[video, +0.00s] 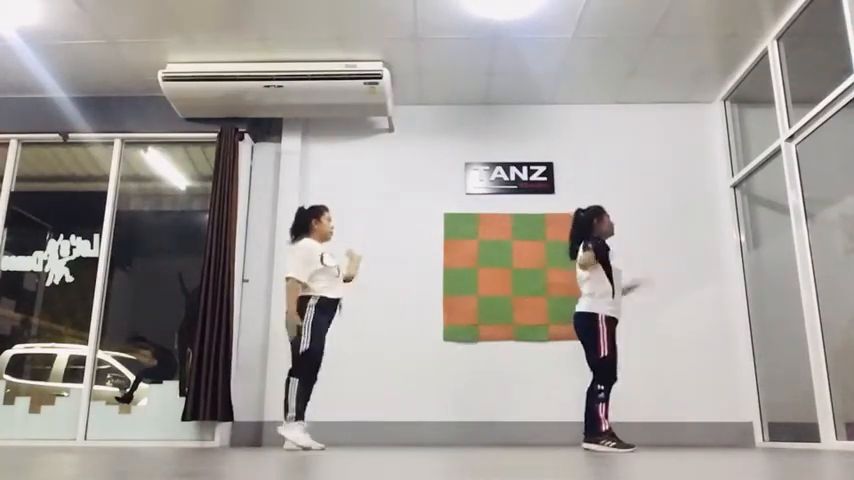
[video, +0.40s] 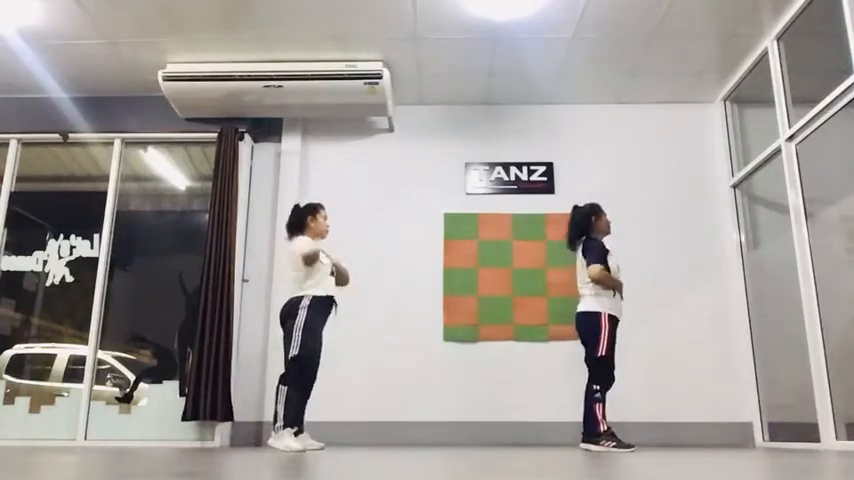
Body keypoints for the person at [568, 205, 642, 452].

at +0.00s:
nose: (612, 222)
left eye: (609, 217)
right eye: (608, 218)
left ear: (597, 223)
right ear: (597, 223)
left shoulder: (603, 251)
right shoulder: (593, 244)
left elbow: (606, 292)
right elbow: (586, 257)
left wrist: (628, 288)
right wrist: (586, 257)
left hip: (601, 315)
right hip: (595, 315)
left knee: (604, 375)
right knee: (604, 374)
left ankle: (596, 433)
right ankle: (598, 433)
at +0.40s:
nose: (609, 220)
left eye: (606, 215)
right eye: (604, 216)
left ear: (592, 222)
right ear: (595, 221)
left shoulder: (590, 246)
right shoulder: (594, 245)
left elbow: (592, 276)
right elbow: (595, 273)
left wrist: (611, 280)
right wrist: (615, 283)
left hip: (594, 312)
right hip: (598, 313)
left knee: (600, 374)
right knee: (600, 374)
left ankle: (595, 432)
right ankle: (596, 433)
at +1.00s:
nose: (617, 254)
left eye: (618, 250)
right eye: (616, 249)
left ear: (595, 244)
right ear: (605, 243)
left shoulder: (578, 263)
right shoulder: (604, 258)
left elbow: (579, 297)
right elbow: (616, 290)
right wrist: (611, 307)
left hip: (577, 330)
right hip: (593, 329)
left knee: (611, 379)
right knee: (623, 378)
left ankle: (592, 433)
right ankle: (599, 433)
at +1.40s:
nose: (598, 234)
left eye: (595, 230)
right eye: (593, 231)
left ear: (580, 238)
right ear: (583, 237)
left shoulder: (582, 263)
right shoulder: (583, 265)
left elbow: (598, 297)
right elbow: (601, 301)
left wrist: (605, 289)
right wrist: (613, 290)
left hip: (599, 325)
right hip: (596, 326)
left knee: (618, 379)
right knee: (619, 379)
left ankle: (595, 432)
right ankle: (597, 434)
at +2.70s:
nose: (629, 232)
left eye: (626, 228)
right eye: (625, 229)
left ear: (608, 234)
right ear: (616, 233)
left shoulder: (596, 252)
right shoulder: (613, 251)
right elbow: (618, 283)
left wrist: (629, 297)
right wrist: (642, 299)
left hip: (579, 320)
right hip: (586, 321)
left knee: (609, 373)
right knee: (613, 373)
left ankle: (598, 432)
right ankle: (599, 434)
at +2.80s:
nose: (640, 246)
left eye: (637, 242)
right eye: (635, 242)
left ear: (618, 247)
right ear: (624, 246)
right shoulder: (618, 261)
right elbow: (623, 295)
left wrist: (624, 331)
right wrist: (645, 324)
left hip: (575, 322)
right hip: (577, 323)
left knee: (606, 376)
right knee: (610, 375)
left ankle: (599, 434)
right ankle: (599, 435)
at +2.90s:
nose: (643, 254)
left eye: (642, 249)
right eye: (639, 249)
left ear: (625, 249)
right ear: (626, 249)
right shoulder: (611, 262)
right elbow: (614, 284)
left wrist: (635, 340)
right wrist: (642, 314)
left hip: (583, 325)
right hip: (570, 321)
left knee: (614, 376)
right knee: (599, 371)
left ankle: (601, 432)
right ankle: (593, 434)